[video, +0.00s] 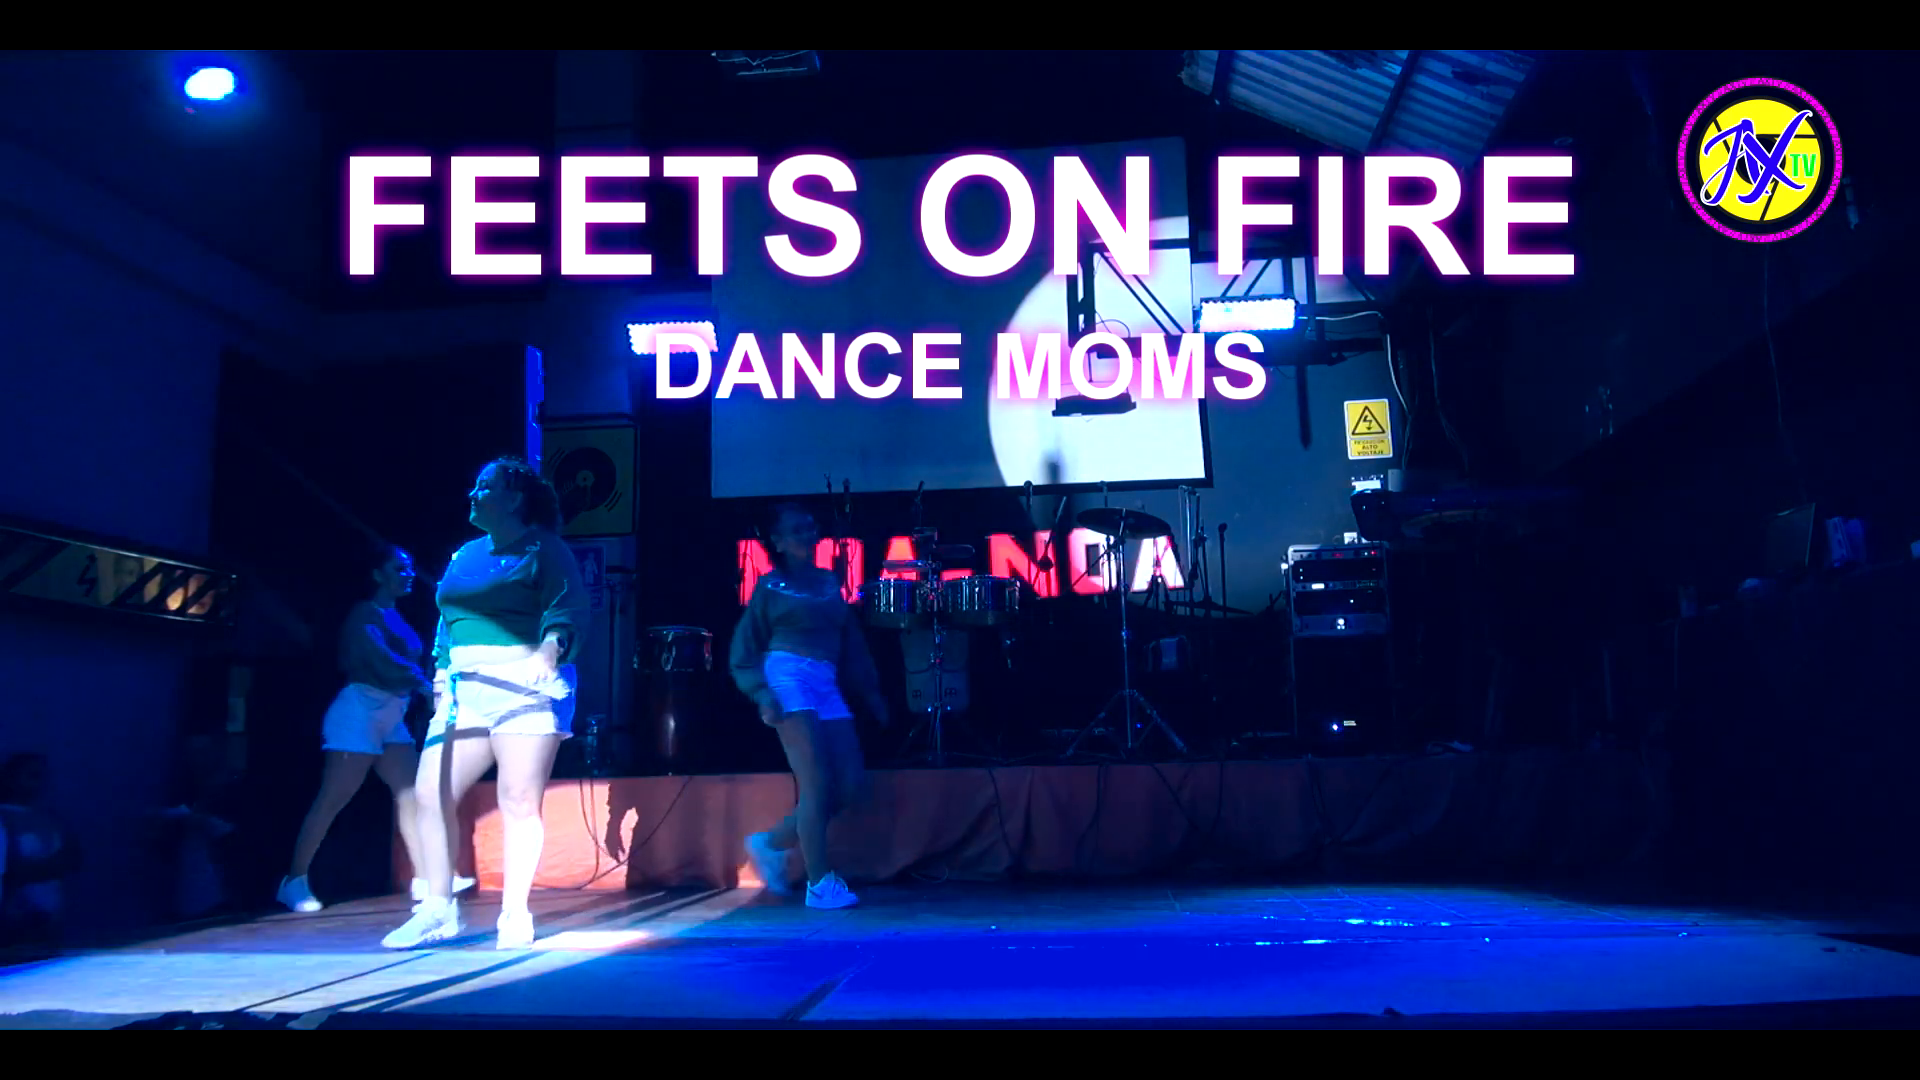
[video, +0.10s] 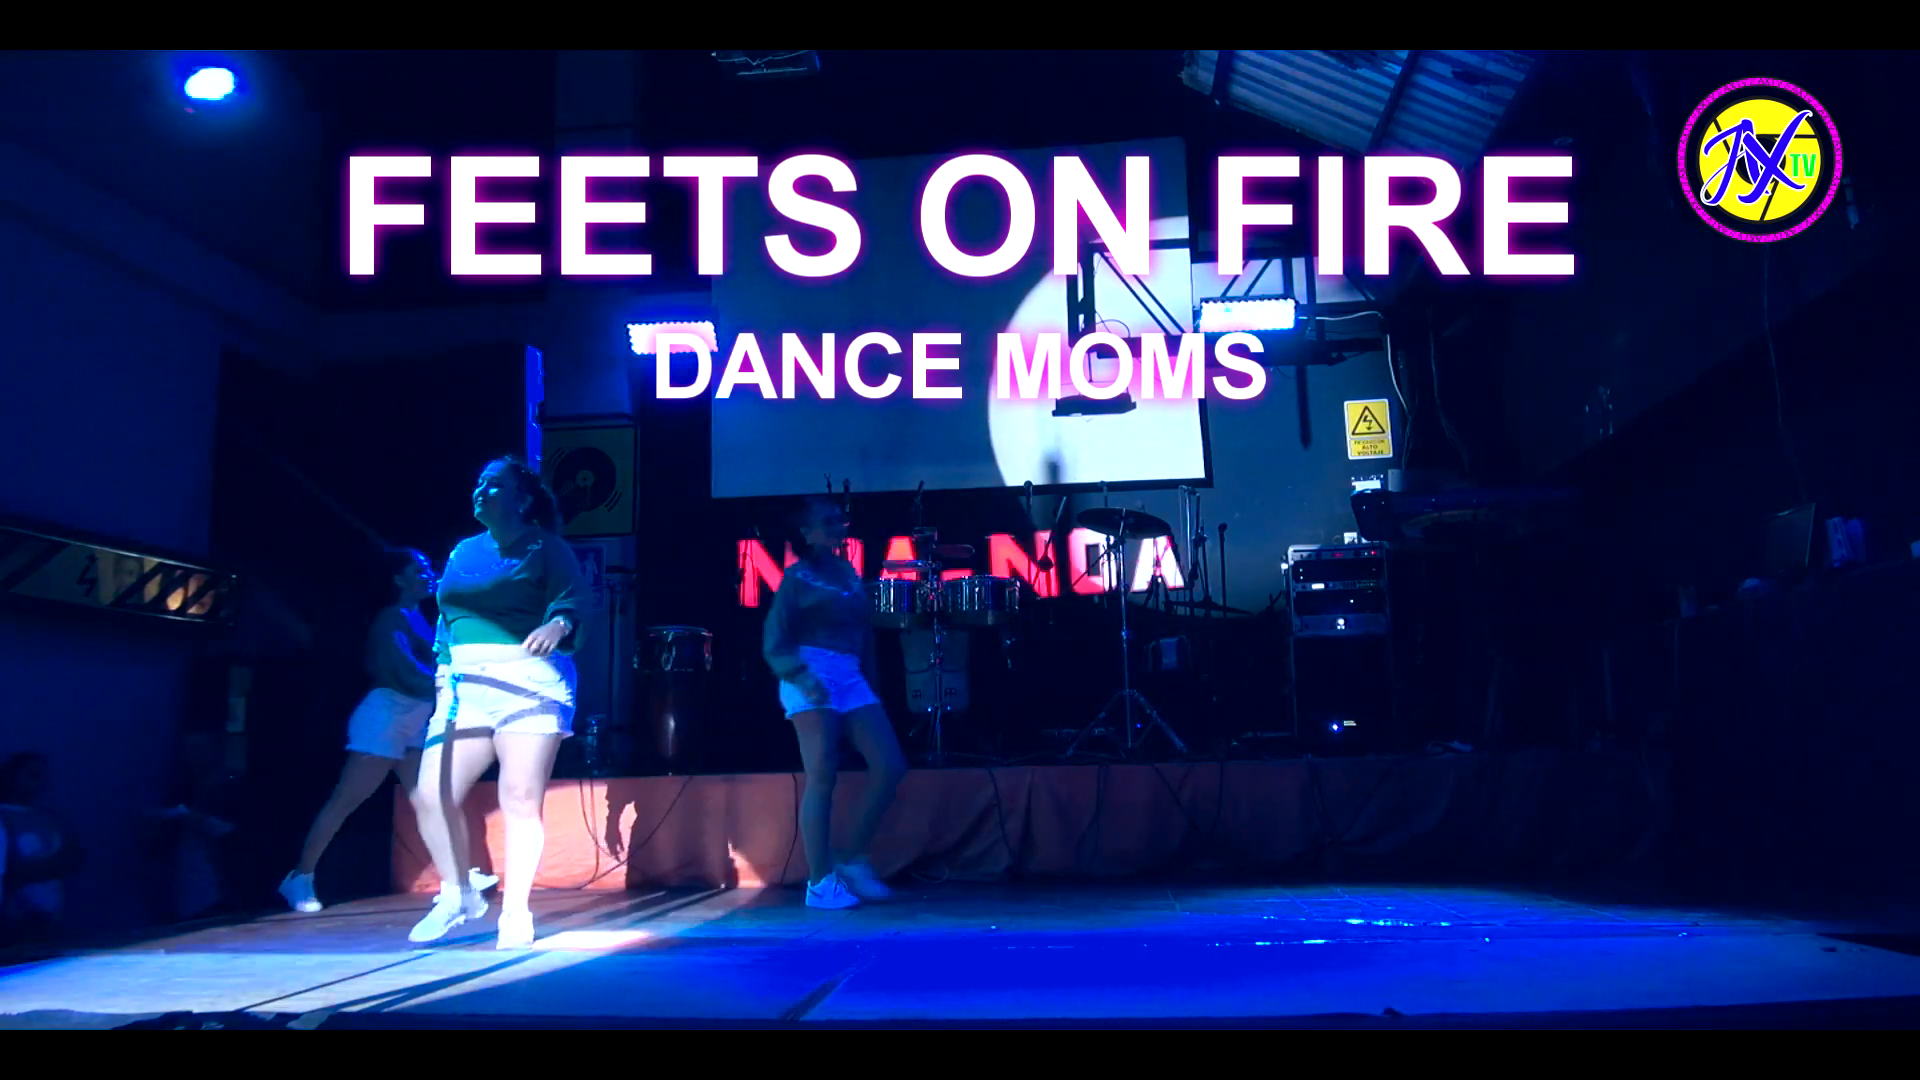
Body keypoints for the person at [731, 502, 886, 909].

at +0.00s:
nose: (807, 536)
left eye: (809, 529)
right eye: (796, 531)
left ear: (816, 533)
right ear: (778, 541)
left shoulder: (828, 583)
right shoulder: (770, 587)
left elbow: (850, 644)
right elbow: (741, 653)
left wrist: (870, 694)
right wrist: (762, 696)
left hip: (825, 677)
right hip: (786, 674)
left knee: (849, 783)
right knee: (814, 781)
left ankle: (769, 843)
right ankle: (819, 882)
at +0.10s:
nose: (840, 526)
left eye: (840, 519)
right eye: (829, 521)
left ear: (843, 526)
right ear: (807, 532)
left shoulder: (849, 576)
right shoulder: (797, 578)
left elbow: (863, 635)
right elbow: (773, 645)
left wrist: (866, 679)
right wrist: (802, 678)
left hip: (848, 673)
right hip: (807, 672)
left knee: (889, 764)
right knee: (821, 774)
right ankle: (819, 881)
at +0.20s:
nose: (869, 521)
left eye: (869, 515)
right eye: (859, 516)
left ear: (871, 523)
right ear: (836, 526)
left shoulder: (874, 572)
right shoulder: (822, 570)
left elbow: (882, 627)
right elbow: (805, 635)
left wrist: (910, 618)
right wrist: (843, 660)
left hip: (877, 676)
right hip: (832, 676)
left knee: (914, 765)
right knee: (828, 775)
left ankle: (926, 873)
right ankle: (821, 881)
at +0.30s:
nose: (895, 522)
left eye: (895, 515)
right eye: (885, 516)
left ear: (893, 523)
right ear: (861, 525)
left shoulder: (894, 572)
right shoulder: (849, 569)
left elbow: (899, 628)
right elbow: (837, 629)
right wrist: (874, 653)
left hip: (907, 680)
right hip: (863, 679)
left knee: (940, 771)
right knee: (853, 776)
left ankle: (956, 880)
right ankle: (824, 878)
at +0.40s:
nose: (919, 521)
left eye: (919, 514)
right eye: (908, 516)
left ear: (922, 522)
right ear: (886, 526)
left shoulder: (926, 570)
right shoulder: (877, 569)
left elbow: (937, 624)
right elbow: (867, 635)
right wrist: (897, 662)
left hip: (938, 672)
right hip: (896, 676)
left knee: (967, 768)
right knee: (902, 780)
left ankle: (961, 880)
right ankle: (843, 863)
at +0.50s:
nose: (936, 518)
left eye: (939, 511)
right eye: (926, 513)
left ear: (944, 520)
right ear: (905, 524)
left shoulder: (948, 570)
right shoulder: (898, 571)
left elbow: (960, 620)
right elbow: (893, 631)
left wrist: (988, 612)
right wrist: (909, 679)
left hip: (967, 670)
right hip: (926, 674)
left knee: (978, 779)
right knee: (952, 778)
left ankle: (961, 882)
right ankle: (885, 849)